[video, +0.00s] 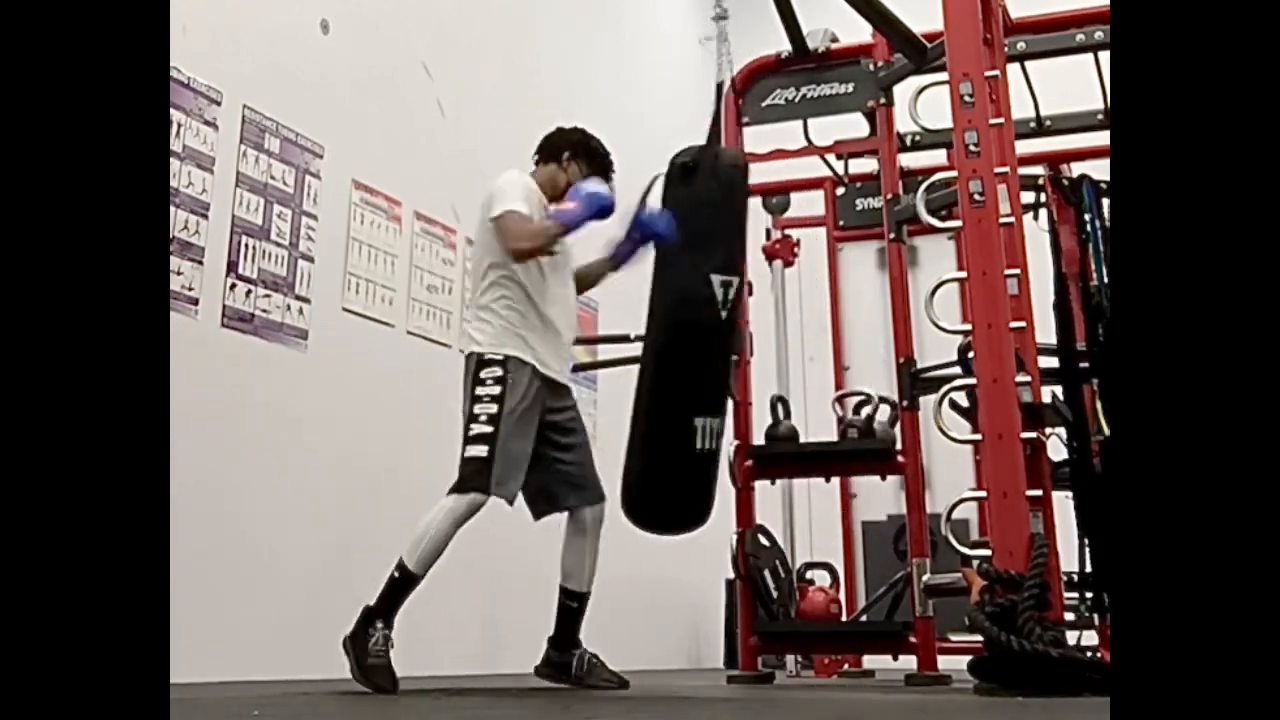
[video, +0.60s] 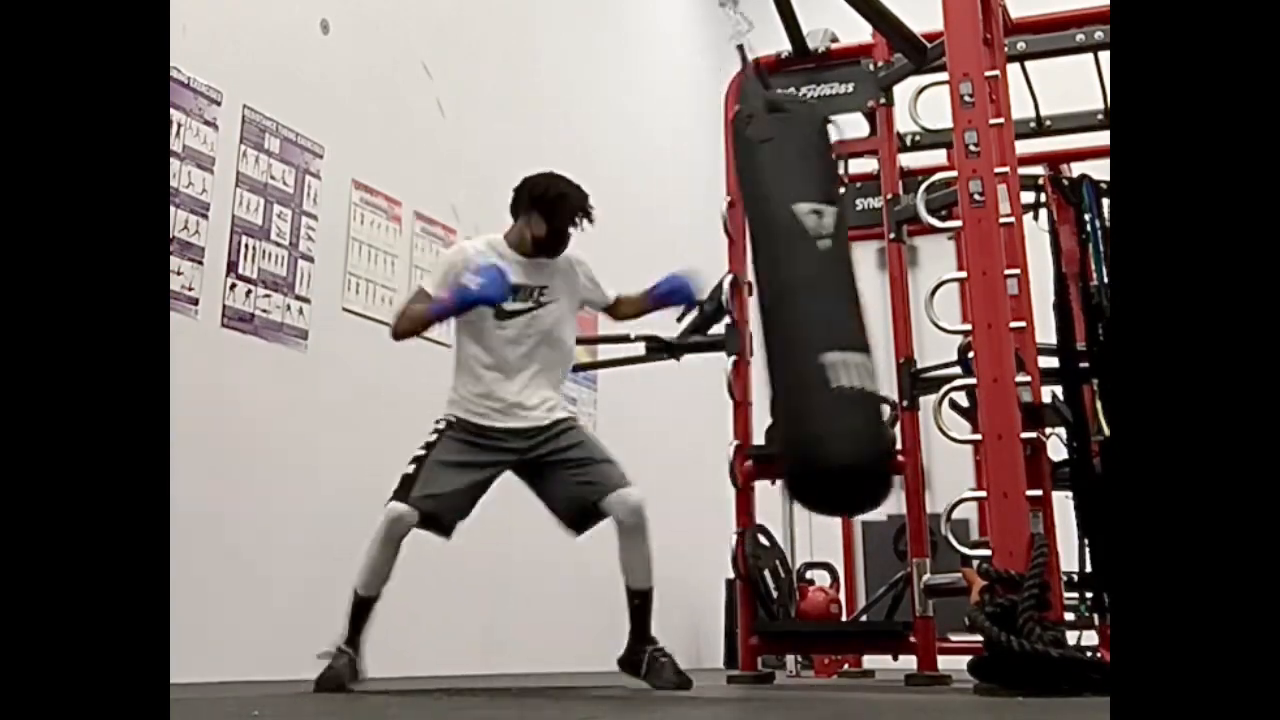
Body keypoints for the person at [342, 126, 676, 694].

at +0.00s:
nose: (582, 192)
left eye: (587, 187)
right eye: (582, 181)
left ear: (567, 175)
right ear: (560, 161)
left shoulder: (550, 228)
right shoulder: (515, 184)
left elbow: (567, 285)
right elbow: (518, 242)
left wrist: (624, 251)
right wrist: (573, 214)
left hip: (548, 373)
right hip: (503, 358)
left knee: (588, 505)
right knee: (473, 492)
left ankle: (564, 649)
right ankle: (373, 627)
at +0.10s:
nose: (559, 184)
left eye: (562, 177)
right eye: (557, 172)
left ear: (532, 164)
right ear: (536, 159)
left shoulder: (518, 215)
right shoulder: (503, 182)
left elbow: (550, 281)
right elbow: (578, 224)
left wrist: (552, 221)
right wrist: (587, 181)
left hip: (521, 379)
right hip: (478, 371)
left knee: (555, 509)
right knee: (439, 514)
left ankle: (561, 654)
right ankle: (364, 647)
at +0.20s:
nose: (541, 185)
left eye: (545, 179)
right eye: (541, 174)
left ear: (518, 160)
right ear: (520, 156)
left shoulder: (497, 206)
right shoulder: (475, 177)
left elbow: (501, 291)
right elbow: (495, 246)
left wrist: (530, 228)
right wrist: (543, 207)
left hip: (495, 371)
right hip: (448, 361)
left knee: (533, 495)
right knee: (412, 502)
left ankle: (519, 639)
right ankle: (351, 645)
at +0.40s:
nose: (512, 203)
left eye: (520, 197)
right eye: (509, 191)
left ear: (512, 201)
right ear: (483, 184)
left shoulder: (504, 249)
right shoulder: (438, 206)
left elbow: (539, 298)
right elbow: (467, 253)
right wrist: (504, 208)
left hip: (490, 399)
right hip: (427, 393)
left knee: (555, 507)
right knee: (372, 524)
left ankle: (518, 639)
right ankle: (317, 651)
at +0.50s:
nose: (527, 229)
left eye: (533, 221)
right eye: (525, 217)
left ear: (530, 219)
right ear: (498, 203)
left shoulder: (523, 255)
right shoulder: (437, 234)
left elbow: (555, 304)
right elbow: (422, 311)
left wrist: (597, 281)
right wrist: (471, 246)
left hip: (503, 407)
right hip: (432, 409)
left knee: (588, 502)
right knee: (370, 524)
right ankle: (313, 651)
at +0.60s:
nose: (560, 243)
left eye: (567, 233)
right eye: (553, 231)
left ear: (567, 225)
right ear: (526, 216)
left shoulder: (568, 268)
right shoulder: (468, 258)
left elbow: (616, 310)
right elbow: (401, 326)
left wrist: (661, 295)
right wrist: (456, 301)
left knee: (630, 508)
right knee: (398, 518)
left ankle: (640, 646)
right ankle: (348, 650)